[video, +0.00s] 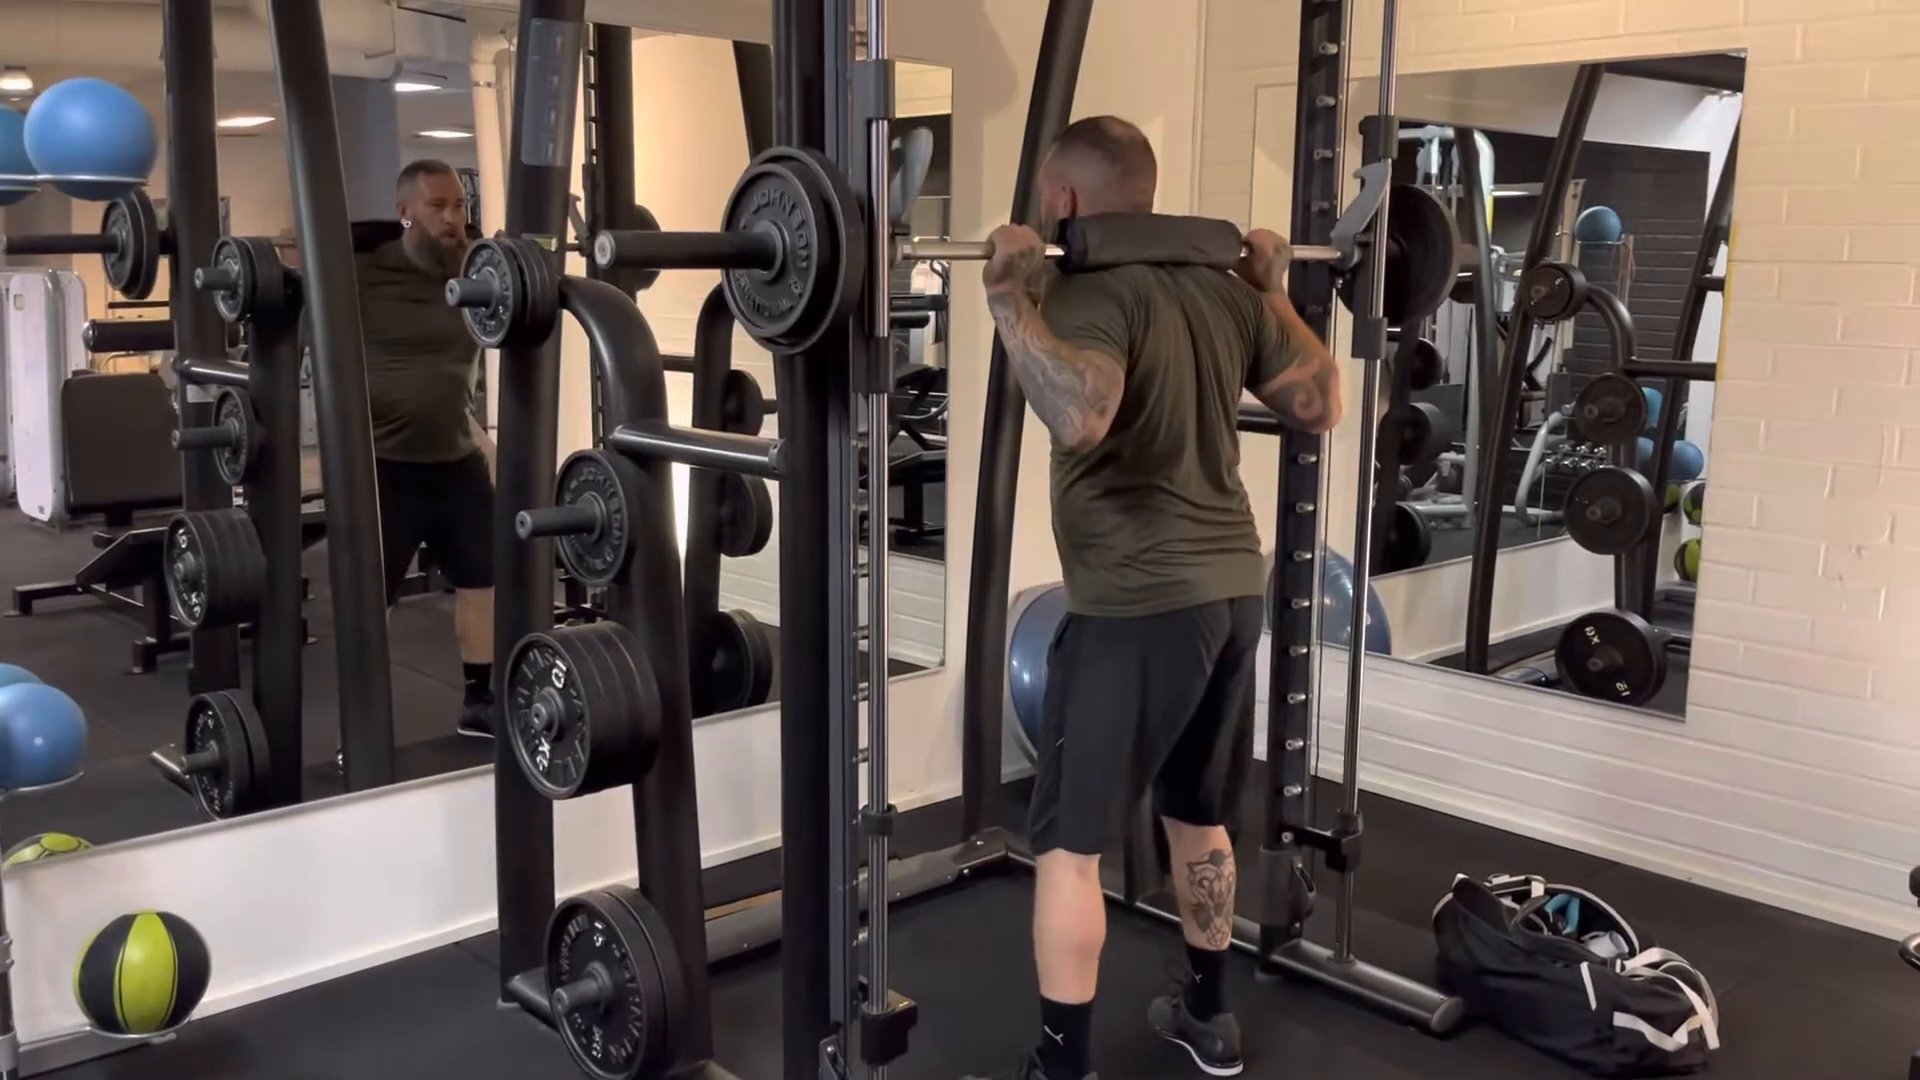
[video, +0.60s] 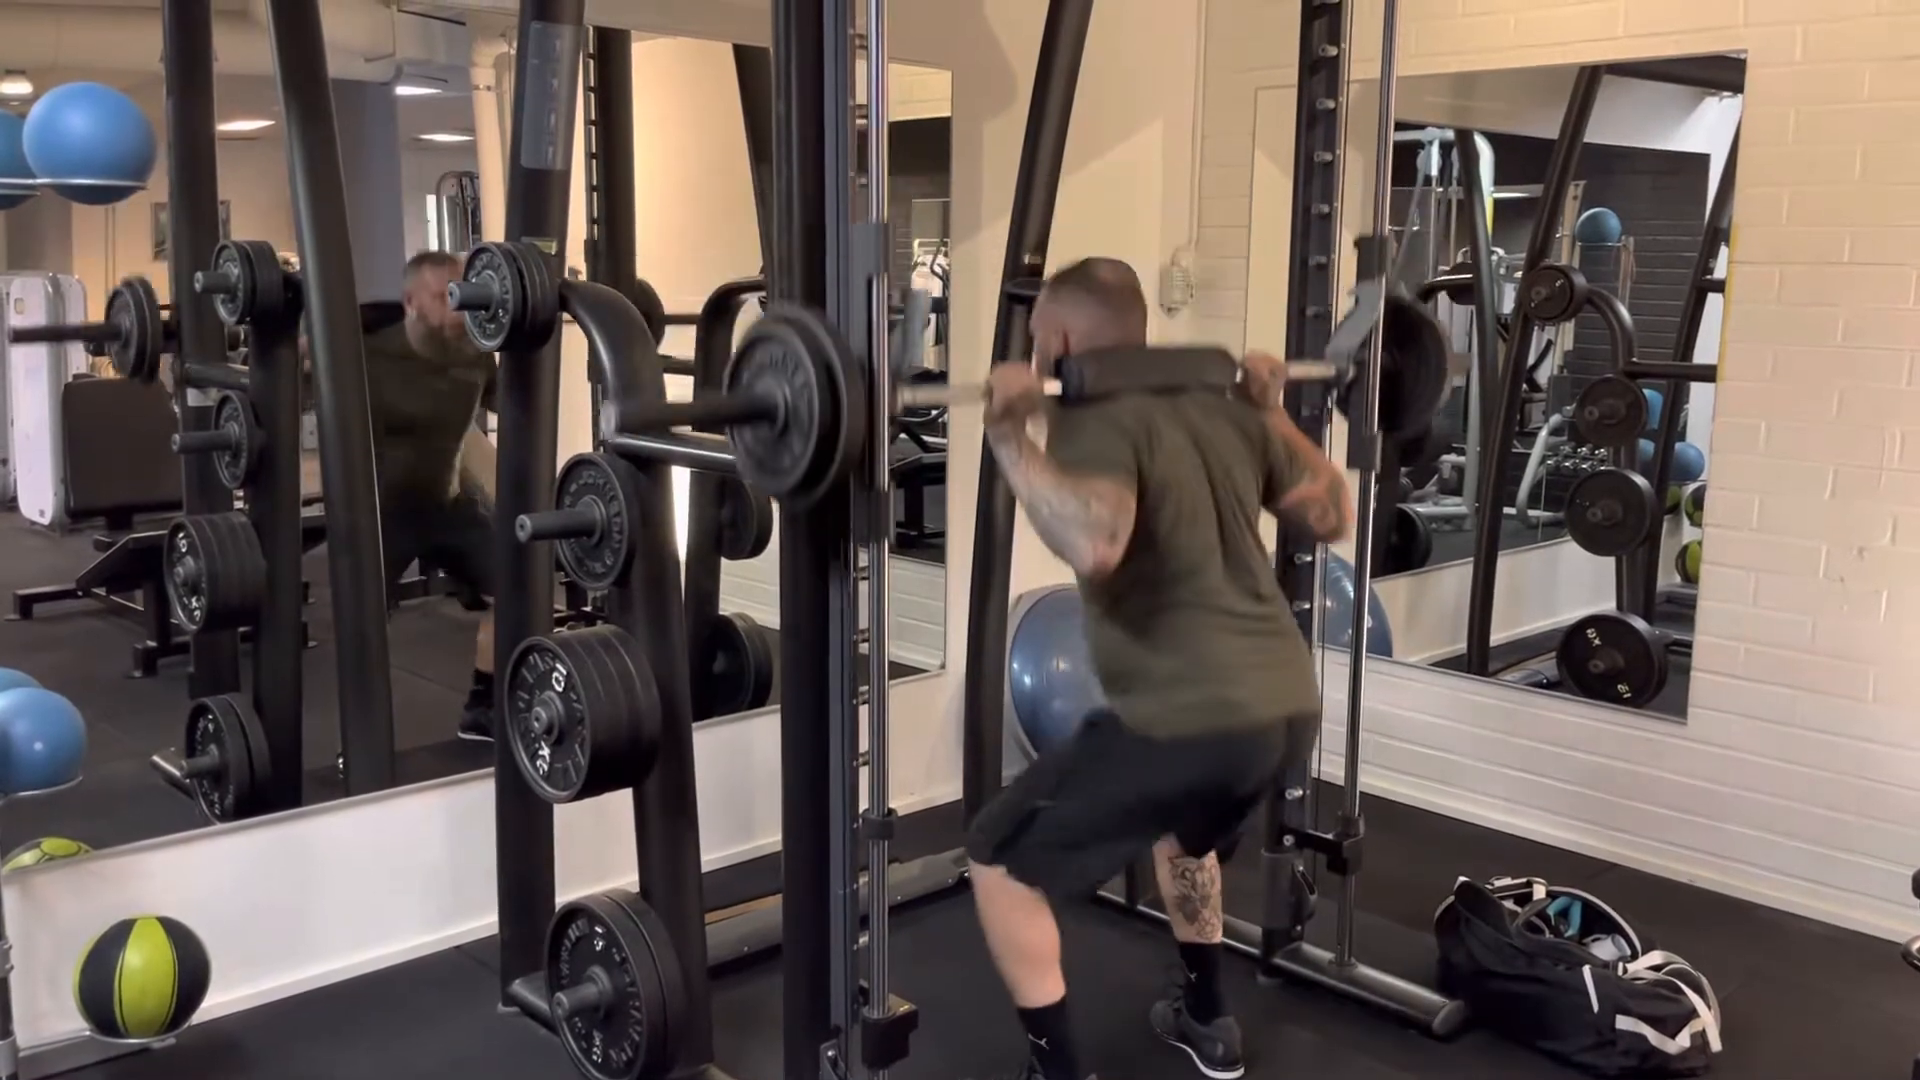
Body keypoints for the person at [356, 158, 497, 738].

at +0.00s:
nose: (454, 217)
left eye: (459, 205)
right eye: (440, 206)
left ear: (466, 210)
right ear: (405, 212)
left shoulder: (473, 273)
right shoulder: (360, 274)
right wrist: (279, 268)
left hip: (458, 459)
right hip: (381, 463)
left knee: (482, 574)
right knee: (365, 594)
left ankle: (482, 699)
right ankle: (359, 714)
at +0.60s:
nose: (460, 308)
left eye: (462, 296)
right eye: (447, 297)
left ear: (467, 295)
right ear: (413, 300)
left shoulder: (477, 360)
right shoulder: (368, 350)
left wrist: (515, 490)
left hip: (445, 509)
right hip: (378, 512)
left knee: (516, 570)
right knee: (363, 620)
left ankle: (485, 702)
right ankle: (359, 737)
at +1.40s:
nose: (456, 444)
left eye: (464, 430)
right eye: (442, 432)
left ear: (472, 428)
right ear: (410, 433)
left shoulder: (477, 480)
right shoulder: (365, 488)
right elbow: (286, 544)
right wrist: (291, 489)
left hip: (436, 601)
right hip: (370, 607)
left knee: (513, 593)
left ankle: (481, 708)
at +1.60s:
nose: (455, 395)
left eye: (462, 381)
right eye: (440, 381)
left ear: (469, 381)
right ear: (407, 385)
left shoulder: (476, 435)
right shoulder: (360, 436)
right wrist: (288, 443)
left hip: (439, 564)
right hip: (367, 570)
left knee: (508, 600)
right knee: (351, 637)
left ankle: (479, 711)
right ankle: (355, 743)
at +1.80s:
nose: (449, 331)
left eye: (452, 317)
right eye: (434, 319)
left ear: (463, 321)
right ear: (403, 326)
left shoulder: (471, 382)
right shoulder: (362, 383)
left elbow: (506, 436)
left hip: (435, 527)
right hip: (365, 532)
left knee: (508, 587)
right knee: (359, 628)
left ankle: (479, 711)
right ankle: (355, 744)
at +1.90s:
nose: (447, 295)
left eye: (452, 284)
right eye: (434, 284)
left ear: (460, 288)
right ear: (402, 289)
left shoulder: (470, 352)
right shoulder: (362, 350)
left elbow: (511, 416)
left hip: (438, 508)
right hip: (373, 511)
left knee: (503, 572)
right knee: (361, 625)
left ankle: (480, 710)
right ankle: (354, 744)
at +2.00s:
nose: (448, 262)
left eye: (453, 250)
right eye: (435, 251)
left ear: (460, 252)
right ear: (402, 256)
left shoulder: (465, 318)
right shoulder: (363, 319)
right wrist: (274, 298)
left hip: (442, 490)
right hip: (374, 494)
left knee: (494, 584)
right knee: (361, 621)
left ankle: (478, 714)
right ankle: (354, 734)